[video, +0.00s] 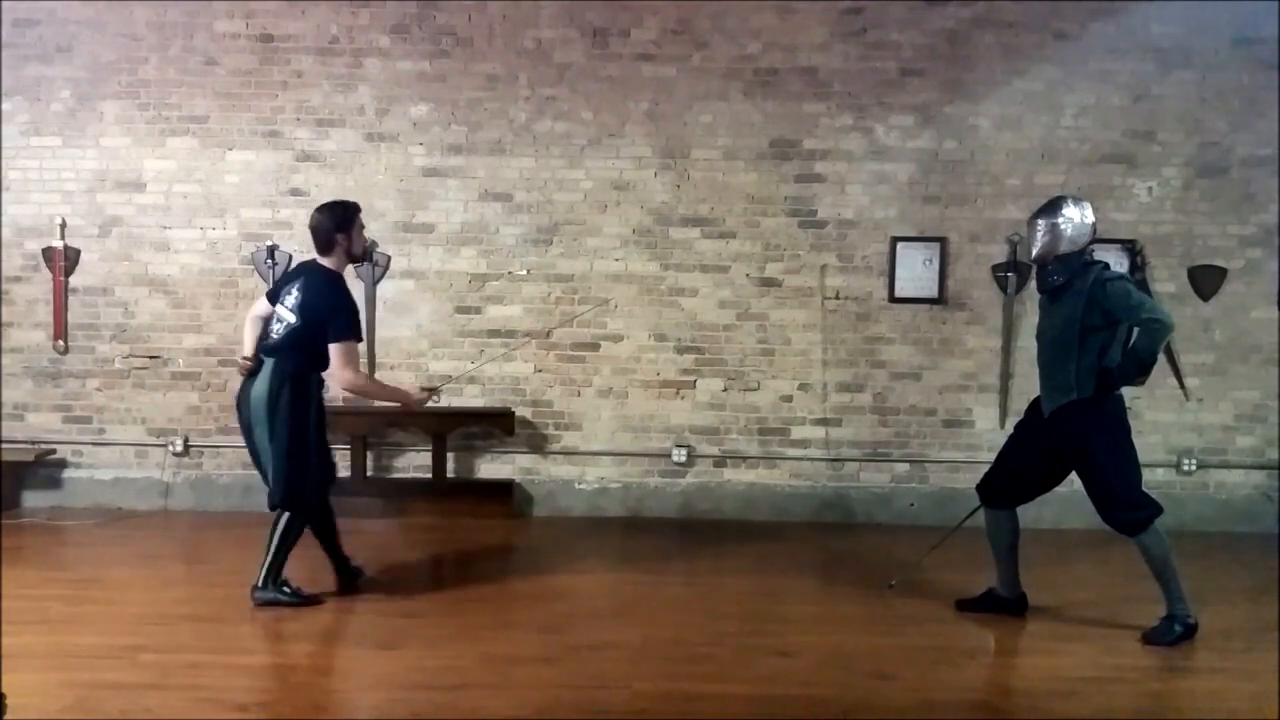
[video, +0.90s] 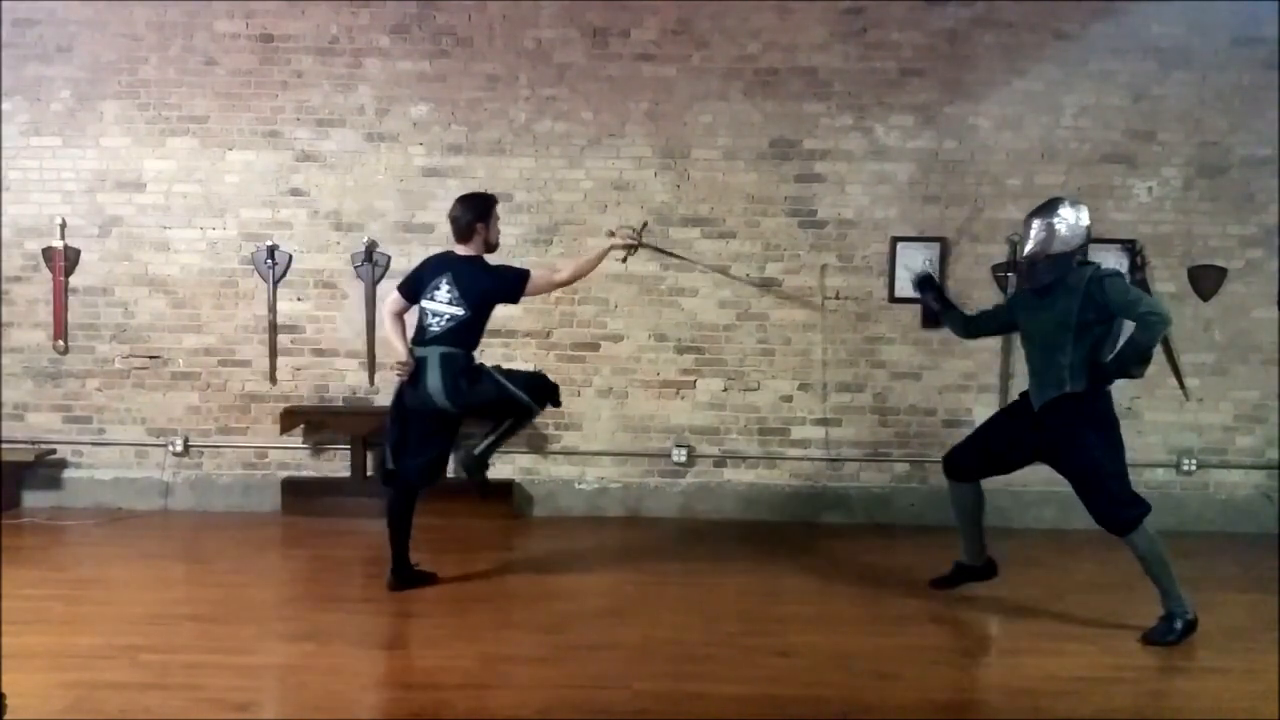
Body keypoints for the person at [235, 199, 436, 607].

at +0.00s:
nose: (365, 237)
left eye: (362, 229)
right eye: (360, 231)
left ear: (322, 239)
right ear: (342, 238)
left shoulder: (297, 275)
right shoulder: (337, 295)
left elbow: (256, 313)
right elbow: (347, 377)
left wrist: (248, 355)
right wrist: (403, 395)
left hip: (260, 389)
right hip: (287, 394)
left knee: (312, 483)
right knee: (302, 488)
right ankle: (268, 581)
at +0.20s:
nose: (391, 238)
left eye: (388, 230)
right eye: (386, 232)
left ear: (349, 240)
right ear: (369, 240)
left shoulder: (326, 276)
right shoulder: (373, 297)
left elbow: (284, 321)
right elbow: (392, 372)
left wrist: (286, 359)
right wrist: (444, 363)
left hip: (313, 395)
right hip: (330, 401)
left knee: (359, 488)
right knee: (324, 497)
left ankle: (392, 569)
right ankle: (270, 580)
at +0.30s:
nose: (408, 234)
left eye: (406, 226)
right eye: (403, 227)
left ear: (367, 234)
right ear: (387, 234)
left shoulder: (343, 274)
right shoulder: (393, 292)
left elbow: (305, 323)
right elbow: (429, 356)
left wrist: (313, 363)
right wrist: (476, 337)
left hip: (334, 391)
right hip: (358, 397)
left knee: (380, 482)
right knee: (354, 494)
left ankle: (397, 568)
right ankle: (287, 565)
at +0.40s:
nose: (423, 229)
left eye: (419, 222)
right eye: (417, 223)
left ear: (379, 230)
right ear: (402, 230)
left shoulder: (359, 269)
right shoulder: (409, 284)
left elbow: (322, 317)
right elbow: (466, 334)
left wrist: (329, 358)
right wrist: (514, 311)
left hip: (345, 381)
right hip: (375, 384)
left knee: (377, 474)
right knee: (411, 473)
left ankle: (398, 568)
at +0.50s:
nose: (439, 225)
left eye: (436, 218)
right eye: (434, 220)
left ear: (398, 228)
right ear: (419, 227)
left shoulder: (370, 267)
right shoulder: (427, 279)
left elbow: (335, 311)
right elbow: (497, 304)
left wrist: (340, 351)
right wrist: (550, 289)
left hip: (352, 382)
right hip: (387, 380)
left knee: (377, 476)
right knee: (450, 436)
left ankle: (397, 569)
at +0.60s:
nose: (455, 225)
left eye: (451, 219)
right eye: (450, 220)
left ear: (413, 229)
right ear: (435, 228)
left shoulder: (386, 264)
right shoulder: (445, 275)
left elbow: (346, 308)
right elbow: (518, 282)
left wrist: (352, 350)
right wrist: (575, 273)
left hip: (366, 383)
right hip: (400, 379)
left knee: (382, 478)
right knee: (480, 399)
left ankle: (398, 569)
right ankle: (421, 453)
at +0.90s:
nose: (499, 229)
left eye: (496, 221)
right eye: (495, 222)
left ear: (459, 229)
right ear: (480, 228)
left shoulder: (432, 266)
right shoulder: (488, 277)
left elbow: (391, 310)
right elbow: (558, 277)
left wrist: (402, 354)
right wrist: (608, 246)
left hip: (416, 390)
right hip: (456, 386)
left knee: (406, 477)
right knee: (539, 390)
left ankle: (399, 569)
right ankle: (478, 455)